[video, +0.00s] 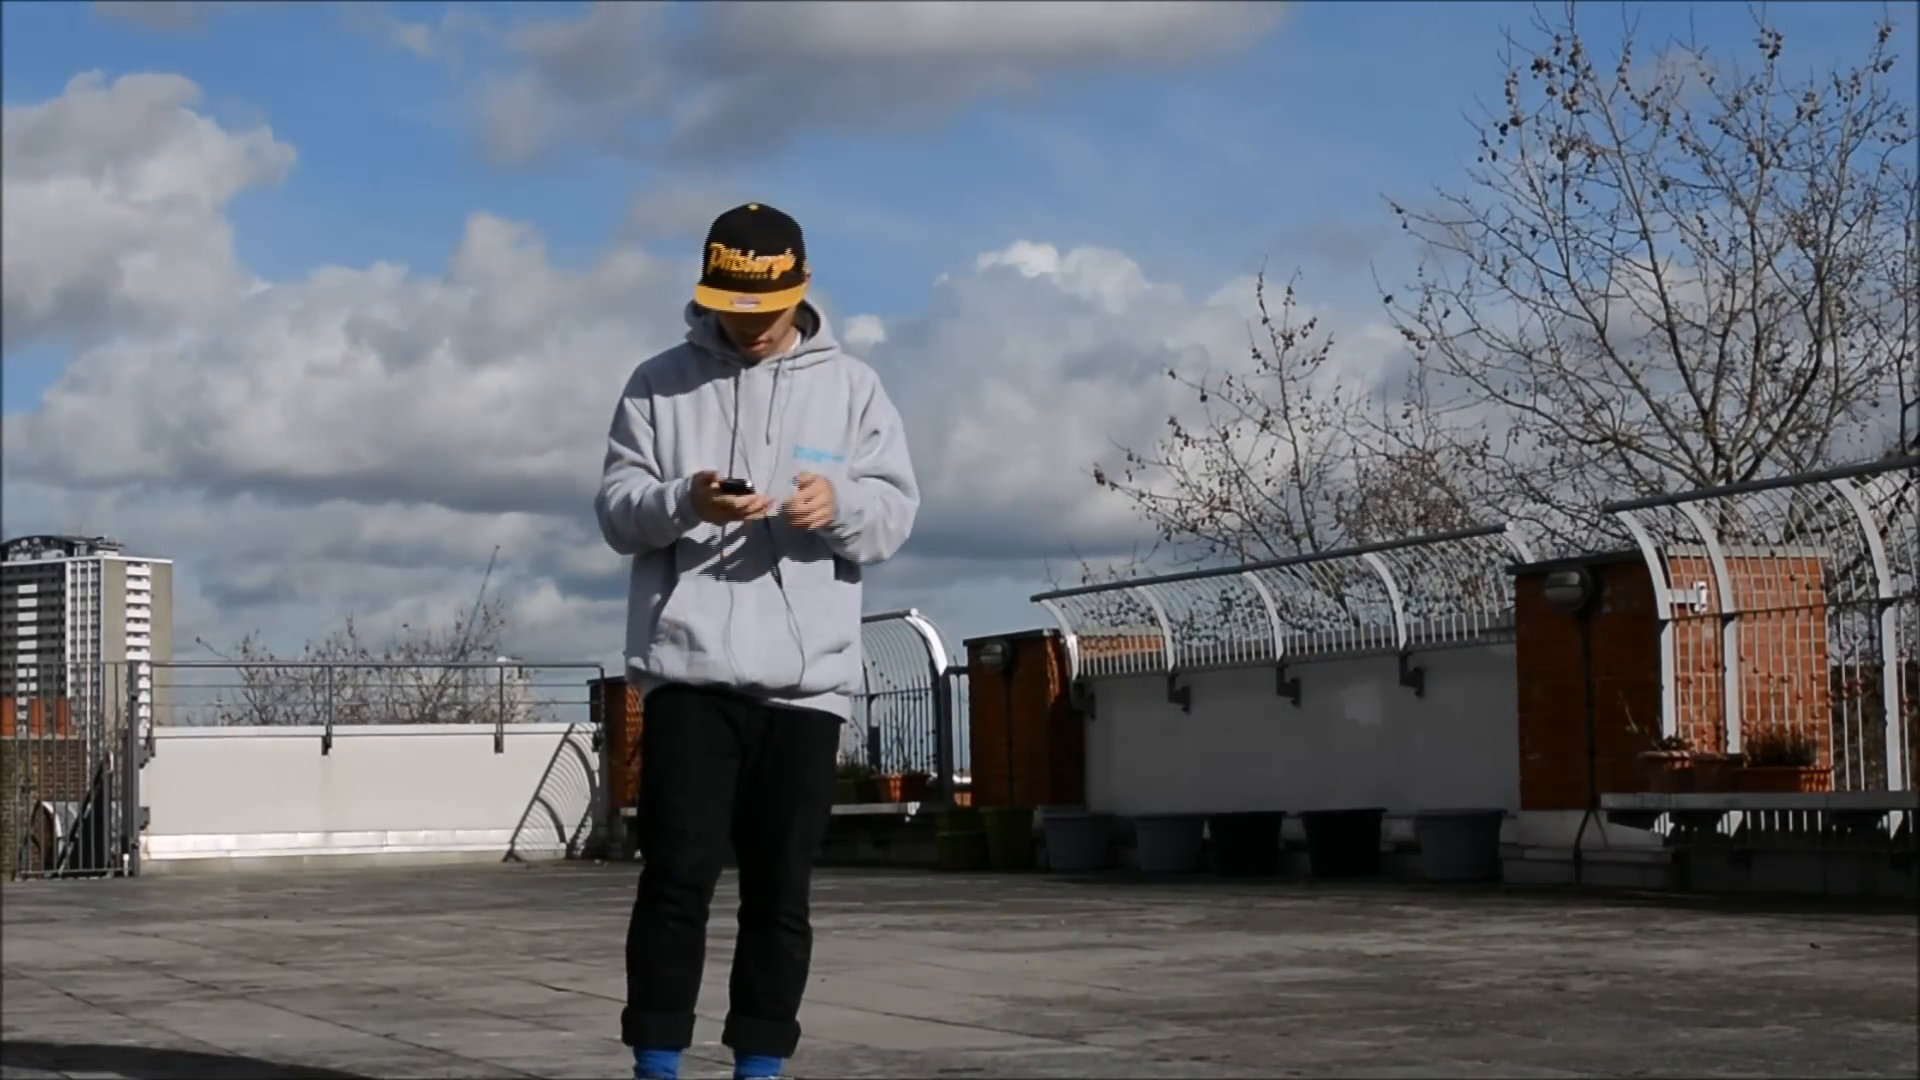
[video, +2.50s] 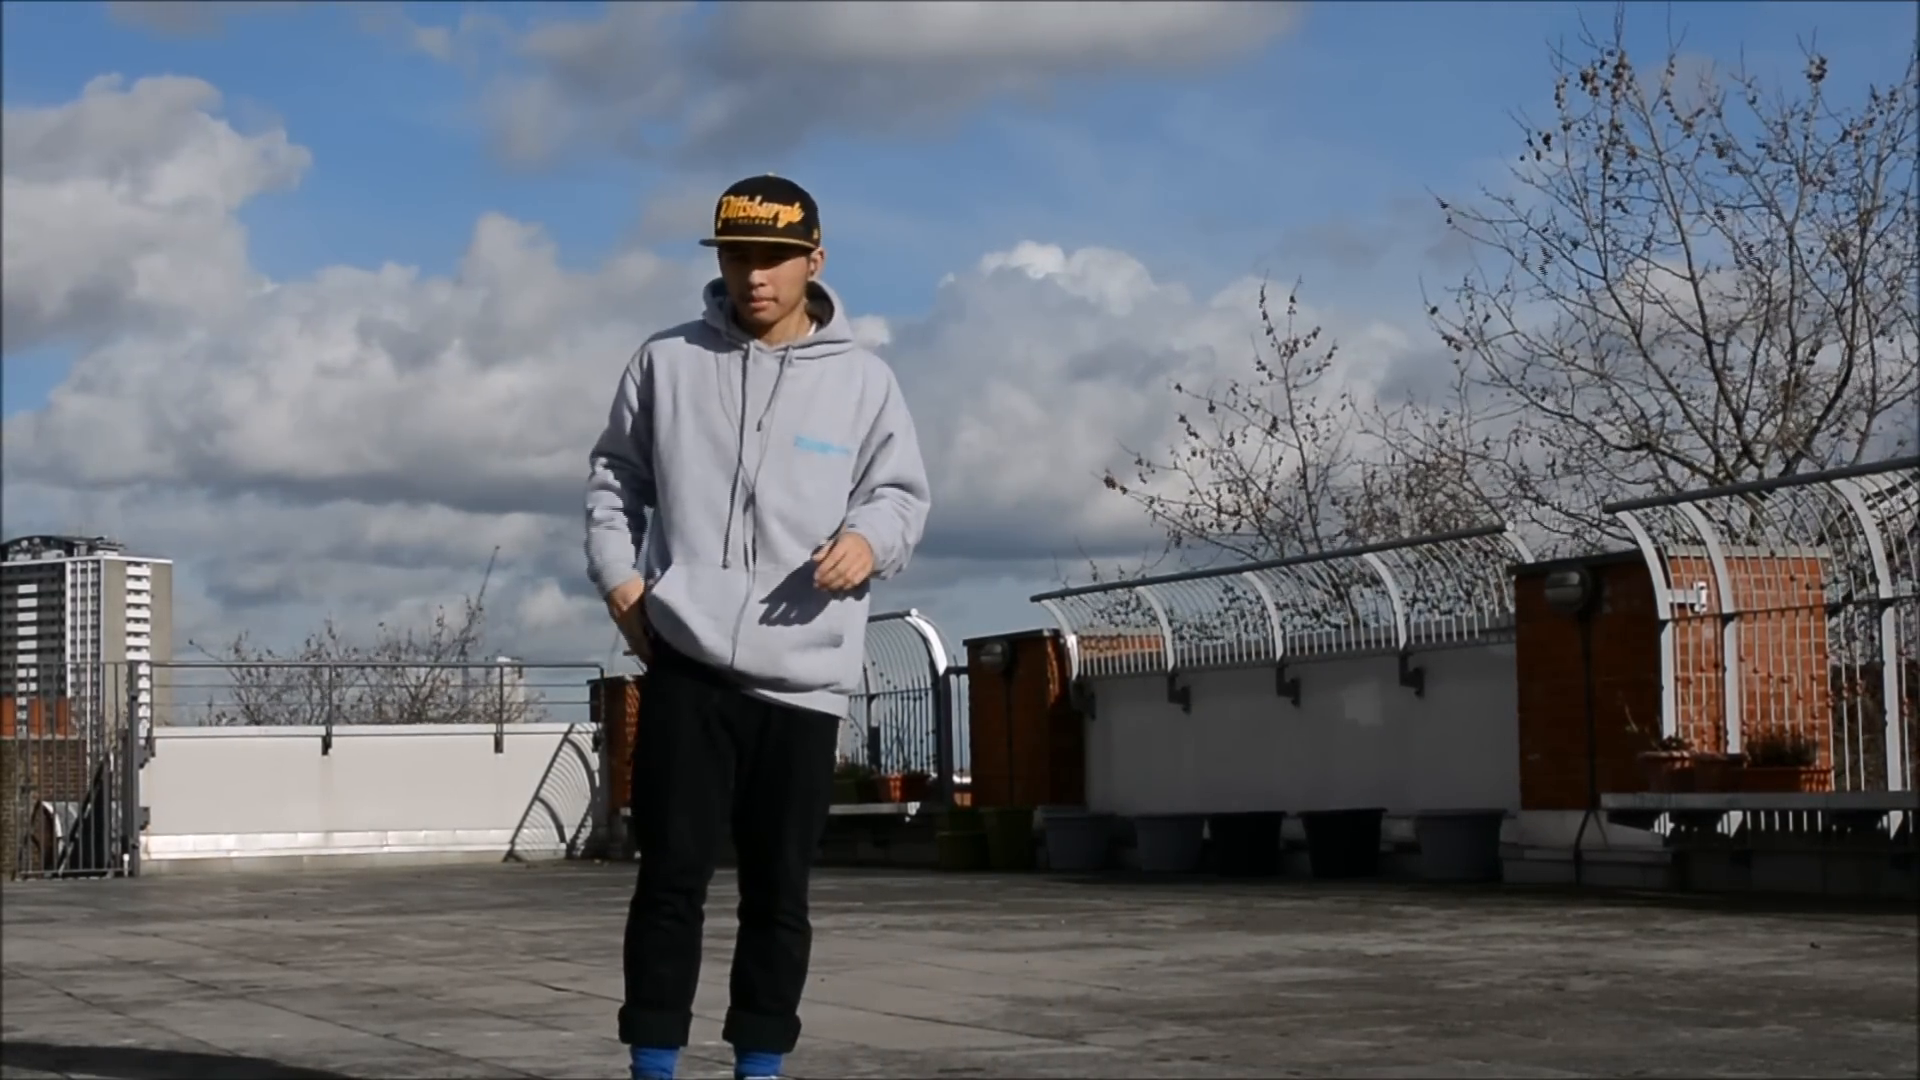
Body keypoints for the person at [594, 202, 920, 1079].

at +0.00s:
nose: (750, 325)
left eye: (767, 309)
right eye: (733, 310)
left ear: (800, 290)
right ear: (708, 294)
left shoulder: (852, 384)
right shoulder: (659, 383)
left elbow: (891, 508)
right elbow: (619, 510)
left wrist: (842, 504)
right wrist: (686, 502)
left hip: (806, 677)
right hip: (688, 673)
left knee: (782, 883)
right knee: (677, 874)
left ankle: (762, 1063)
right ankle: (658, 1061)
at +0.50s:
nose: (760, 320)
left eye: (779, 306)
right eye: (744, 303)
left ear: (812, 290)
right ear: (719, 287)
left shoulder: (858, 387)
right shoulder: (663, 379)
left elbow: (892, 512)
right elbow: (619, 498)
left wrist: (825, 510)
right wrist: (689, 502)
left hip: (802, 679)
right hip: (684, 674)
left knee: (779, 884)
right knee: (672, 876)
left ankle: (760, 1062)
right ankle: (653, 1061)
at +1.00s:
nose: (762, 319)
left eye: (781, 304)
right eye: (746, 302)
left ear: (816, 289)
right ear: (724, 287)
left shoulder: (862, 390)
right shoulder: (669, 378)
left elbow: (892, 516)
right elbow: (623, 495)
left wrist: (808, 532)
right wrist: (689, 523)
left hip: (804, 680)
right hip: (686, 674)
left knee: (780, 886)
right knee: (673, 877)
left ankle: (761, 1062)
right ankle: (654, 1061)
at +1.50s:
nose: (765, 317)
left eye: (786, 302)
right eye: (751, 298)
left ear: (823, 289)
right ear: (730, 282)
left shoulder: (866, 396)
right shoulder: (666, 375)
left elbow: (878, 523)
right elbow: (588, 465)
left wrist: (769, 543)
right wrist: (645, 534)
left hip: (805, 682)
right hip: (686, 673)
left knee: (778, 884)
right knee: (675, 875)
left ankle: (761, 1063)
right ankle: (654, 1061)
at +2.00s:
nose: (752, 288)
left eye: (771, 271)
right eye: (737, 270)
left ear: (809, 270)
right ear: (717, 270)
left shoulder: (864, 380)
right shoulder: (665, 384)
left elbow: (908, 490)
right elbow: (630, 533)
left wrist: (875, 541)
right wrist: (614, 660)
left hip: (802, 679)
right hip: (680, 673)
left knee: (779, 888)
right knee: (670, 879)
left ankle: (761, 1064)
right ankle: (652, 1063)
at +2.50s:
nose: (754, 277)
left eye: (774, 259)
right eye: (739, 259)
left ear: (812, 262)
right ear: (720, 261)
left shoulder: (864, 377)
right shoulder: (663, 363)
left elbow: (901, 492)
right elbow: (614, 480)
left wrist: (867, 540)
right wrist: (623, 581)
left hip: (804, 666)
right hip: (684, 655)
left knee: (780, 881)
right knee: (672, 872)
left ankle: (761, 1063)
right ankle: (653, 1062)